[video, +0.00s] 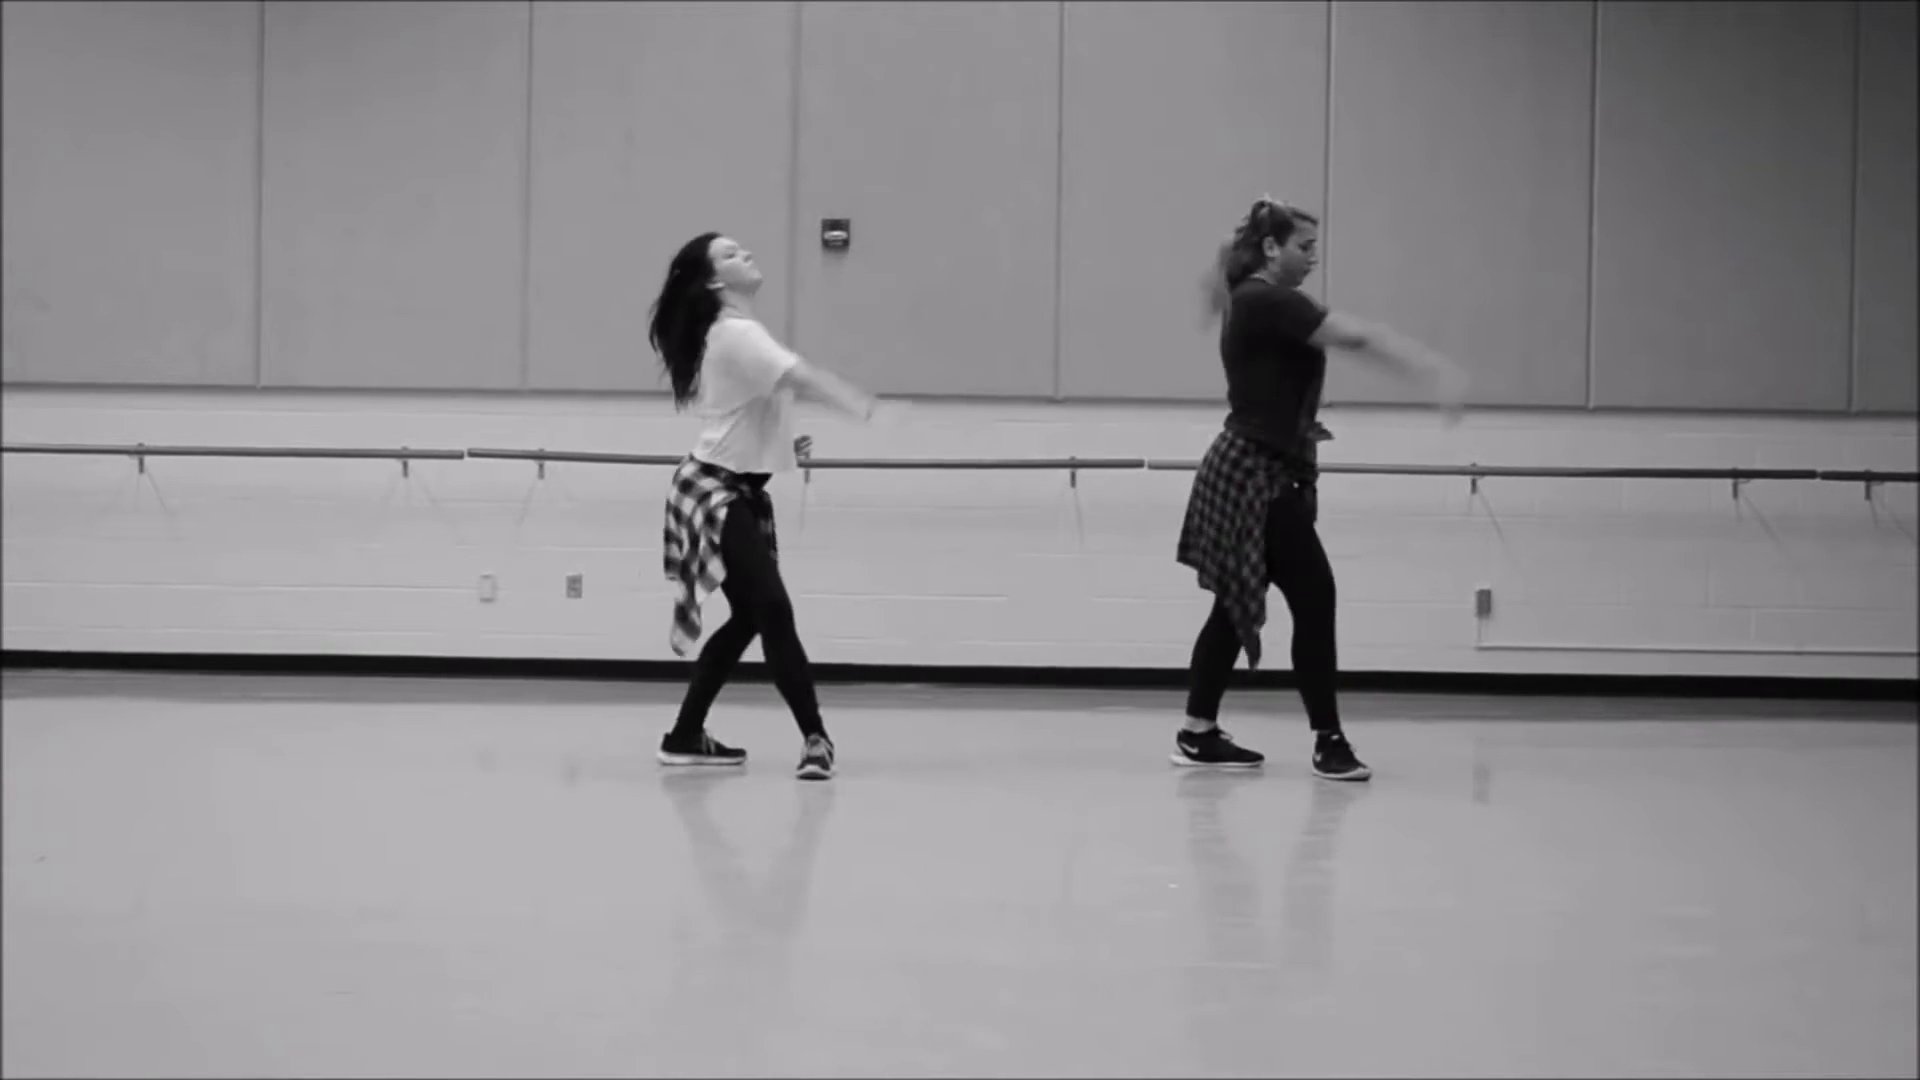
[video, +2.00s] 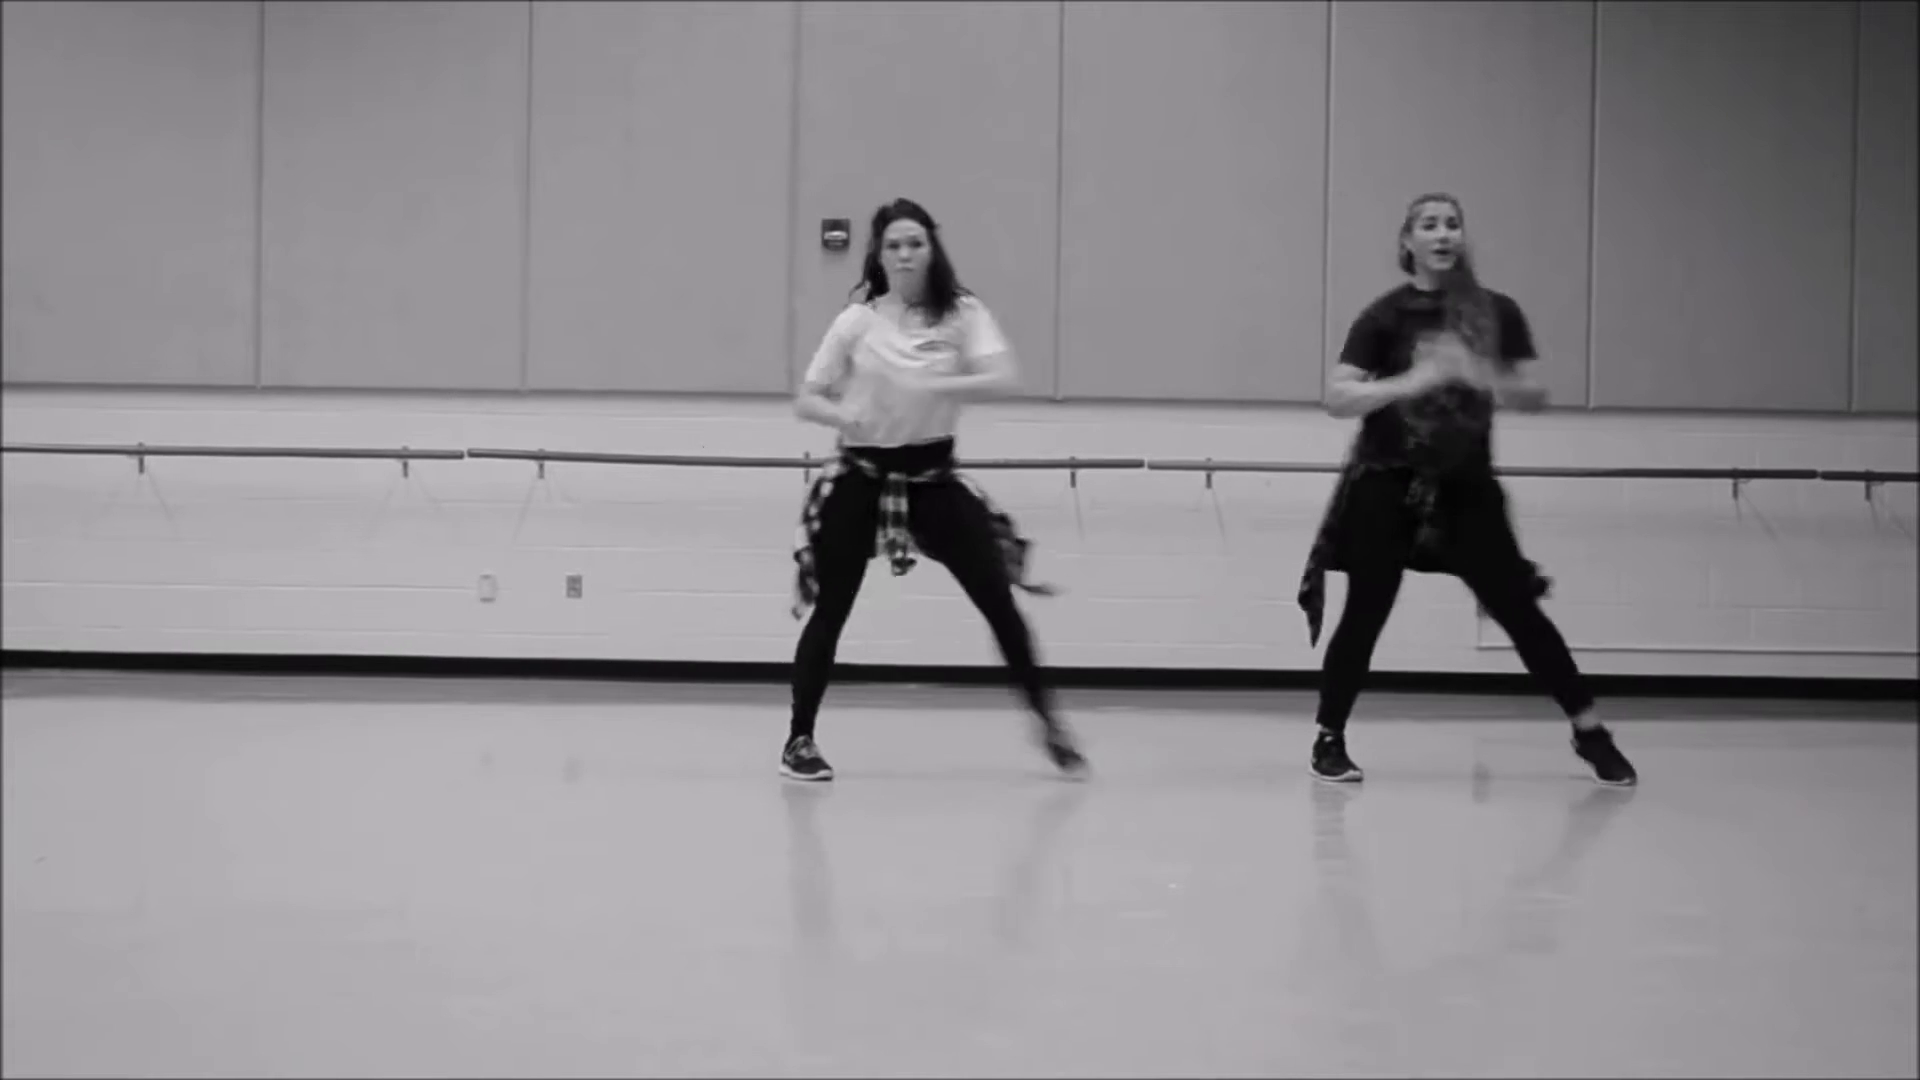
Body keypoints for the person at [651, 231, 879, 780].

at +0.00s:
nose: (747, 255)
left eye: (742, 249)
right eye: (732, 254)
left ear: (735, 276)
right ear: (712, 279)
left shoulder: (743, 329)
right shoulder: (732, 332)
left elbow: (744, 413)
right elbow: (800, 376)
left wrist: (787, 445)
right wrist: (864, 406)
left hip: (743, 491)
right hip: (720, 492)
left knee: (747, 616)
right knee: (775, 608)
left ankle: (686, 732)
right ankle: (815, 738)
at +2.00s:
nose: (906, 254)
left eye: (916, 243)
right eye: (895, 245)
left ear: (934, 250)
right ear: (878, 255)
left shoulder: (963, 313)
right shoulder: (856, 321)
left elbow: (1006, 377)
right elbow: (807, 399)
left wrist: (938, 386)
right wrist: (844, 417)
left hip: (933, 480)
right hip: (861, 481)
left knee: (997, 601)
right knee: (831, 611)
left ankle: (1051, 726)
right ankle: (800, 740)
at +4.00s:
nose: (1018, 274)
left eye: (1034, 278)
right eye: (1018, 269)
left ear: (1040, 311)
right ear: (997, 282)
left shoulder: (1022, 367)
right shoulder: (969, 315)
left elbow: (996, 420)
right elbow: (985, 237)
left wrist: (942, 368)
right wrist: (1027, 176)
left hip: (992, 509)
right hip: (934, 509)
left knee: (1036, 634)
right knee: (852, 604)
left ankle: (1082, 749)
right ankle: (795, 738)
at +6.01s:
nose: (812, 315)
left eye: (826, 306)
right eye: (805, 304)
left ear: (849, 316)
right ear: (794, 310)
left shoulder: (853, 390)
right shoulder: (761, 346)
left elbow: (826, 483)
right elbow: (712, 419)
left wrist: (803, 446)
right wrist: (724, 402)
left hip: (794, 518)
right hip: (726, 510)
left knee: (844, 622)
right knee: (643, 611)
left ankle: (829, 743)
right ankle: (684, 737)